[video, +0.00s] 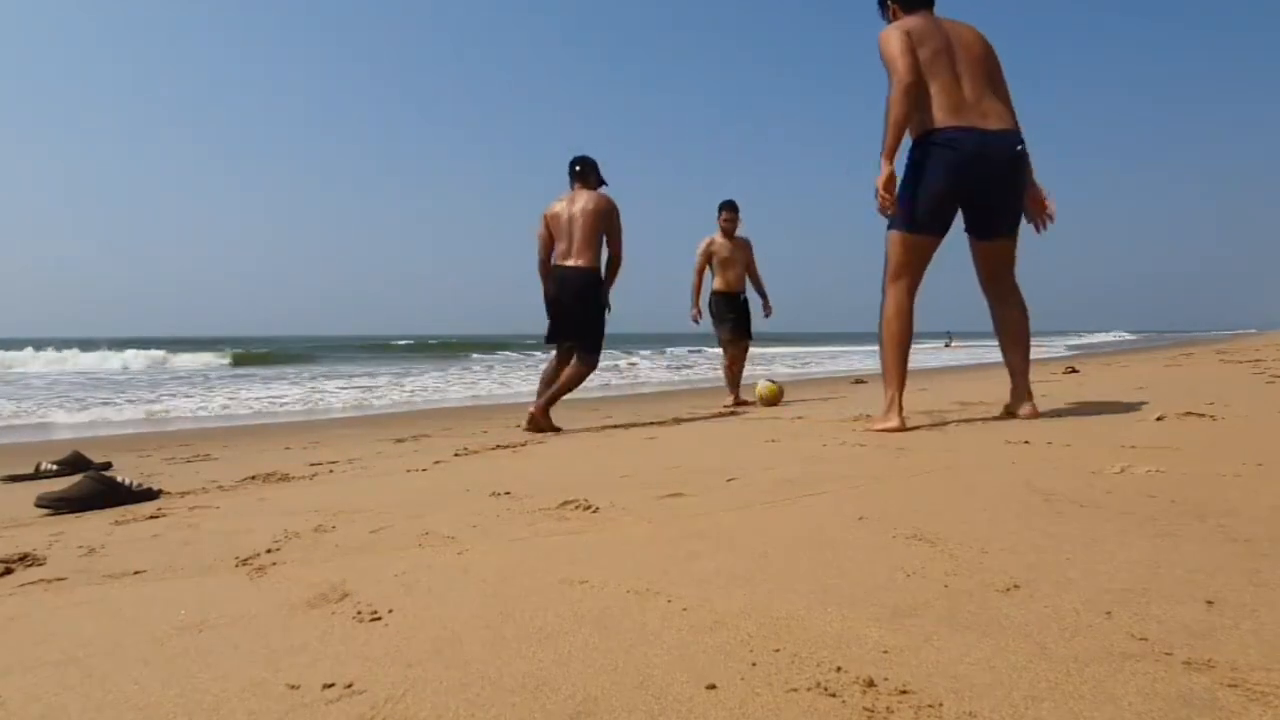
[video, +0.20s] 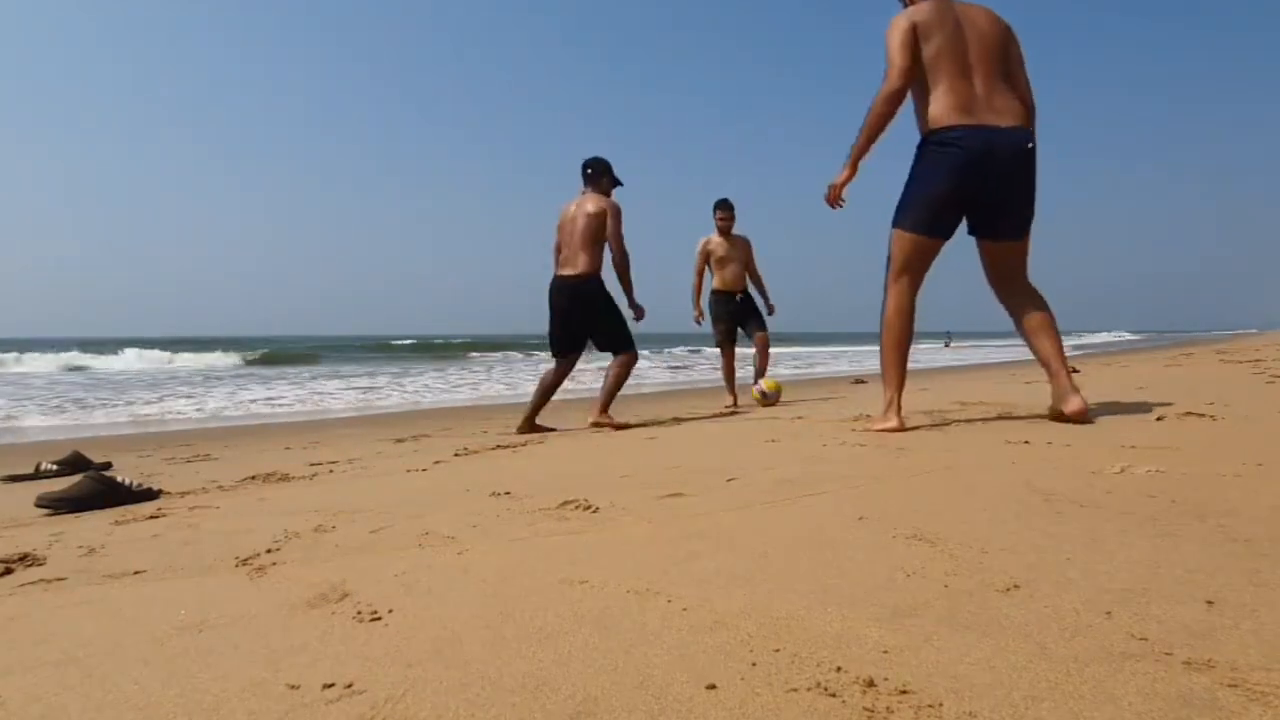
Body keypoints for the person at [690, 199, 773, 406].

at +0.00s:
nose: (729, 224)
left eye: (732, 220)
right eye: (725, 220)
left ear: (738, 221)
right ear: (718, 220)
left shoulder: (744, 244)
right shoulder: (710, 244)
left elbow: (752, 272)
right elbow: (699, 274)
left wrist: (764, 297)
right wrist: (695, 305)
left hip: (739, 296)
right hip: (721, 296)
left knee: (743, 344)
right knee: (730, 345)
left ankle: (736, 393)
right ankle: (733, 393)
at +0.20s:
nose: (724, 224)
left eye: (728, 219)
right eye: (720, 219)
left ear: (734, 219)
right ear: (714, 219)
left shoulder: (743, 243)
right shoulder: (707, 244)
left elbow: (753, 272)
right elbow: (699, 275)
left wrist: (766, 299)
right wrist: (697, 306)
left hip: (743, 296)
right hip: (721, 296)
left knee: (762, 339)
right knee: (727, 350)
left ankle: (759, 386)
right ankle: (732, 396)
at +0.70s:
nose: (714, 225)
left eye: (718, 220)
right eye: (710, 221)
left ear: (726, 216)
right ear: (706, 220)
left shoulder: (744, 237)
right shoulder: (706, 245)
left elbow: (766, 258)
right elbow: (704, 279)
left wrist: (779, 285)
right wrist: (691, 306)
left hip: (747, 291)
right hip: (722, 293)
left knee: (752, 344)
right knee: (711, 344)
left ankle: (752, 393)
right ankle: (721, 391)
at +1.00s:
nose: (707, 235)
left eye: (710, 230)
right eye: (703, 231)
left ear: (717, 229)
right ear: (697, 232)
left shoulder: (733, 247)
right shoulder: (695, 257)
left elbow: (756, 270)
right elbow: (688, 290)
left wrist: (776, 293)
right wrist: (680, 314)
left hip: (742, 299)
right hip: (718, 304)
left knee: (767, 336)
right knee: (713, 353)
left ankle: (777, 389)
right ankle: (720, 400)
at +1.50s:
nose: (747, 210)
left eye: (750, 206)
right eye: (742, 206)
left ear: (753, 209)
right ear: (732, 208)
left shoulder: (762, 234)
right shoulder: (721, 238)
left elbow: (775, 260)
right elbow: (712, 269)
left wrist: (776, 282)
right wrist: (715, 299)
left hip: (760, 292)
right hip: (735, 293)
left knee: (770, 339)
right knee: (726, 348)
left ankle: (781, 393)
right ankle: (719, 397)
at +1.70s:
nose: (771, 206)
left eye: (774, 202)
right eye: (766, 201)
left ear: (777, 204)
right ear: (756, 203)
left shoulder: (783, 230)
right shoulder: (741, 230)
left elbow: (794, 258)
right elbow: (730, 260)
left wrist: (795, 279)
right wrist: (730, 289)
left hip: (776, 288)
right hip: (749, 288)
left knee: (781, 338)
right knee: (741, 343)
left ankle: (782, 393)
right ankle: (740, 392)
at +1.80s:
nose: (775, 205)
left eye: (778, 201)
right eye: (771, 201)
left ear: (782, 204)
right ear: (761, 202)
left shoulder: (788, 230)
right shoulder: (747, 229)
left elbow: (799, 259)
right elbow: (735, 259)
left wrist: (807, 284)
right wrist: (736, 285)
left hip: (779, 287)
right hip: (753, 288)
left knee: (783, 338)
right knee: (749, 341)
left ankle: (783, 393)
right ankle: (760, 389)